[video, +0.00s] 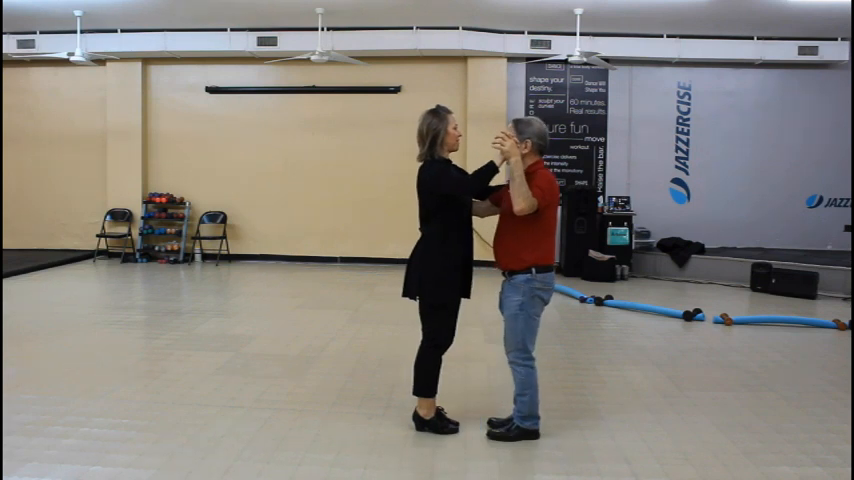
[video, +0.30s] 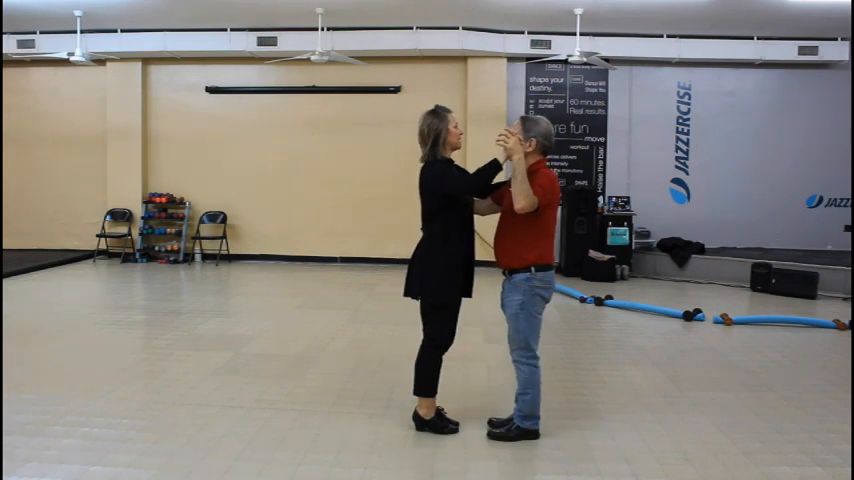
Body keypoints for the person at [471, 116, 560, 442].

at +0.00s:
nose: (504, 144)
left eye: (509, 138)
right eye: (505, 138)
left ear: (526, 145)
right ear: (525, 146)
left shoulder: (543, 178)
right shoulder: (520, 180)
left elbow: (522, 206)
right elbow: (482, 207)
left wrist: (514, 162)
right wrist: (448, 194)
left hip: (532, 277)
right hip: (517, 276)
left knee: (520, 354)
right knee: (516, 353)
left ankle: (527, 423)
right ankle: (521, 416)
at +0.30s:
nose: (508, 139)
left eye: (513, 135)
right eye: (509, 134)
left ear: (530, 144)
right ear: (529, 145)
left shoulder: (544, 176)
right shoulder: (521, 180)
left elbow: (523, 204)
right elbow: (482, 205)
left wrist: (516, 159)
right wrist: (450, 189)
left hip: (532, 277)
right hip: (517, 275)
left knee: (525, 353)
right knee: (520, 352)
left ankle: (527, 423)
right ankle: (522, 416)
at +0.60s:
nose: (507, 145)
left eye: (512, 139)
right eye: (508, 140)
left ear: (528, 145)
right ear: (529, 146)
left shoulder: (546, 179)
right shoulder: (520, 181)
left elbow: (526, 206)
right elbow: (483, 206)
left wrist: (519, 162)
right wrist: (452, 189)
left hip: (532, 277)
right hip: (517, 276)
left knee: (522, 353)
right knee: (518, 353)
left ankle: (527, 423)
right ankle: (522, 416)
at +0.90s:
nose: (510, 138)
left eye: (516, 133)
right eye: (512, 133)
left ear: (531, 144)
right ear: (530, 145)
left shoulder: (546, 178)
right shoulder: (519, 180)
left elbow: (524, 204)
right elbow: (483, 205)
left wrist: (519, 159)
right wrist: (450, 190)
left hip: (532, 277)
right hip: (517, 275)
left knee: (525, 353)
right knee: (520, 352)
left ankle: (527, 422)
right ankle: (522, 415)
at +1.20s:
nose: (506, 145)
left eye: (511, 139)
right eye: (507, 139)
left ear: (528, 145)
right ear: (528, 145)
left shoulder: (546, 178)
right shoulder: (520, 181)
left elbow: (524, 207)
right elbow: (483, 205)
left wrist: (518, 163)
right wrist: (452, 189)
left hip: (532, 277)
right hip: (517, 276)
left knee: (524, 354)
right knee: (519, 353)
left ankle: (527, 423)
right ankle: (522, 416)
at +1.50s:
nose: (507, 142)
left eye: (512, 137)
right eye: (508, 137)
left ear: (527, 144)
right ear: (527, 145)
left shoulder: (544, 176)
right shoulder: (520, 179)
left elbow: (522, 206)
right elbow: (483, 204)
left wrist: (516, 162)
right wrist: (451, 189)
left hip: (531, 277)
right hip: (517, 276)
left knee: (524, 354)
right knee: (519, 353)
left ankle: (527, 422)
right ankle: (522, 416)